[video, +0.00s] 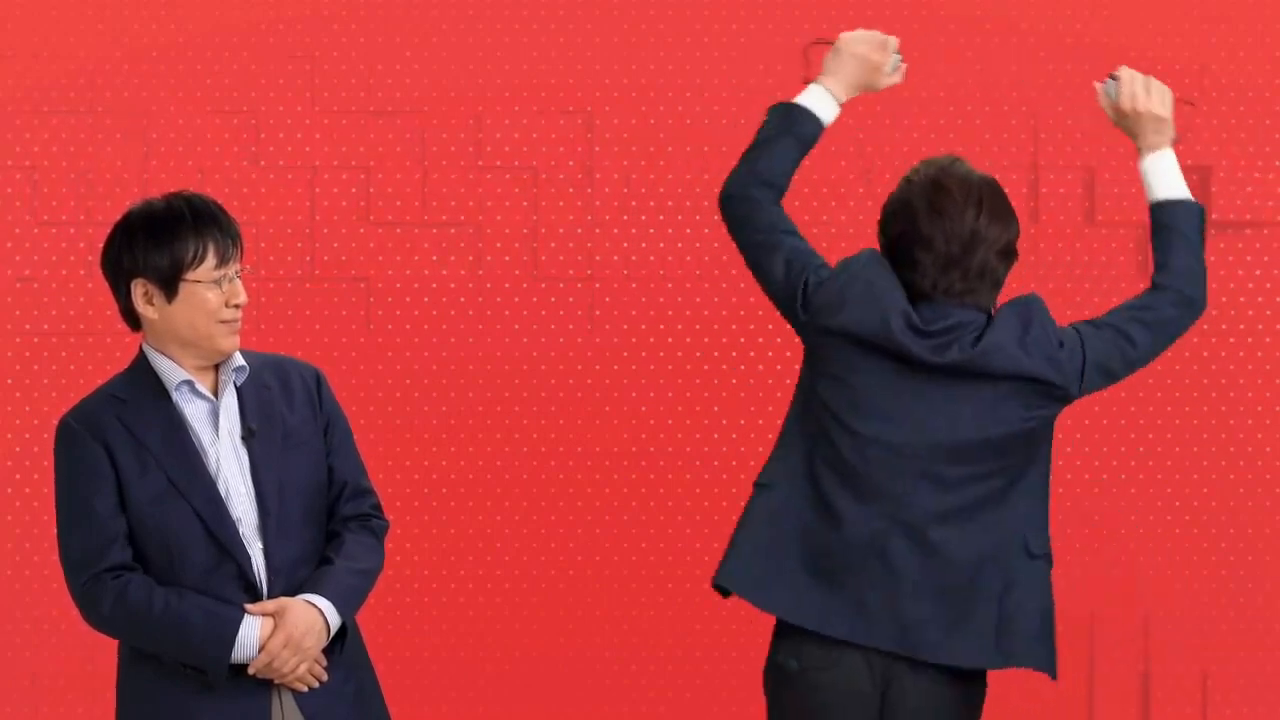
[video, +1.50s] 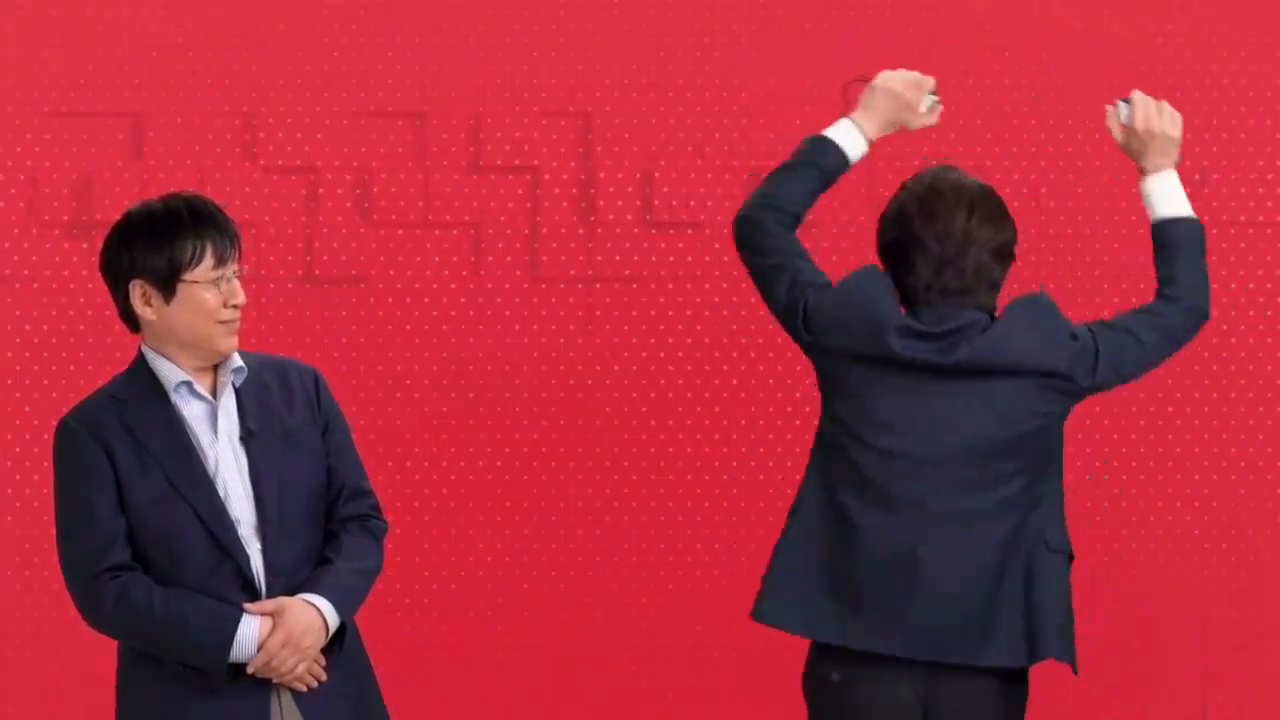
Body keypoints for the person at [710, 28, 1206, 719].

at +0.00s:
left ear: (889, 250)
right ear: (1003, 270)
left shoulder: (836, 315)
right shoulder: (1039, 362)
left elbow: (747, 199)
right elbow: (1180, 295)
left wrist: (829, 90)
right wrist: (1157, 151)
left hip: (817, 655)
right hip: (945, 670)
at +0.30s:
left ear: (894, 250)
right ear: (1003, 273)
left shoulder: (839, 317)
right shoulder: (1036, 376)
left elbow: (767, 187)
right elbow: (1189, 322)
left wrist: (861, 91)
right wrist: (1182, 172)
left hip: (813, 662)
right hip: (940, 678)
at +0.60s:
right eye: (983, 248)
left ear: (872, 278)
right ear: (982, 260)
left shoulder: (841, 383)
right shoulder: (1028, 329)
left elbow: (676, 370)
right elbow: (1036, 185)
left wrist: (660, 232)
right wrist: (918, 105)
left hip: (895, 687)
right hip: (1017, 674)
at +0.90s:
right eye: (1009, 268)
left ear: (889, 270)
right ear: (1001, 282)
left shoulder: (847, 338)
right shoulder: (1040, 388)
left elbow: (795, 220)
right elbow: (1203, 394)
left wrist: (904, 132)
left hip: (845, 680)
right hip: (972, 696)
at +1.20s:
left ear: (882, 269)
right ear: (992, 251)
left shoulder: (840, 367)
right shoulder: (1042, 327)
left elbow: (679, 337)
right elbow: (1080, 193)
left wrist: (679, 200)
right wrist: (959, 116)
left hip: (907, 681)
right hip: (1034, 666)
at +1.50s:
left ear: (890, 261)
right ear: (1001, 267)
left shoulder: (846, 338)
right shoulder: (1048, 360)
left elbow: (760, 225)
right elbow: (1184, 306)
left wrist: (862, 124)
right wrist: (1160, 171)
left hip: (855, 669)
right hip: (985, 677)